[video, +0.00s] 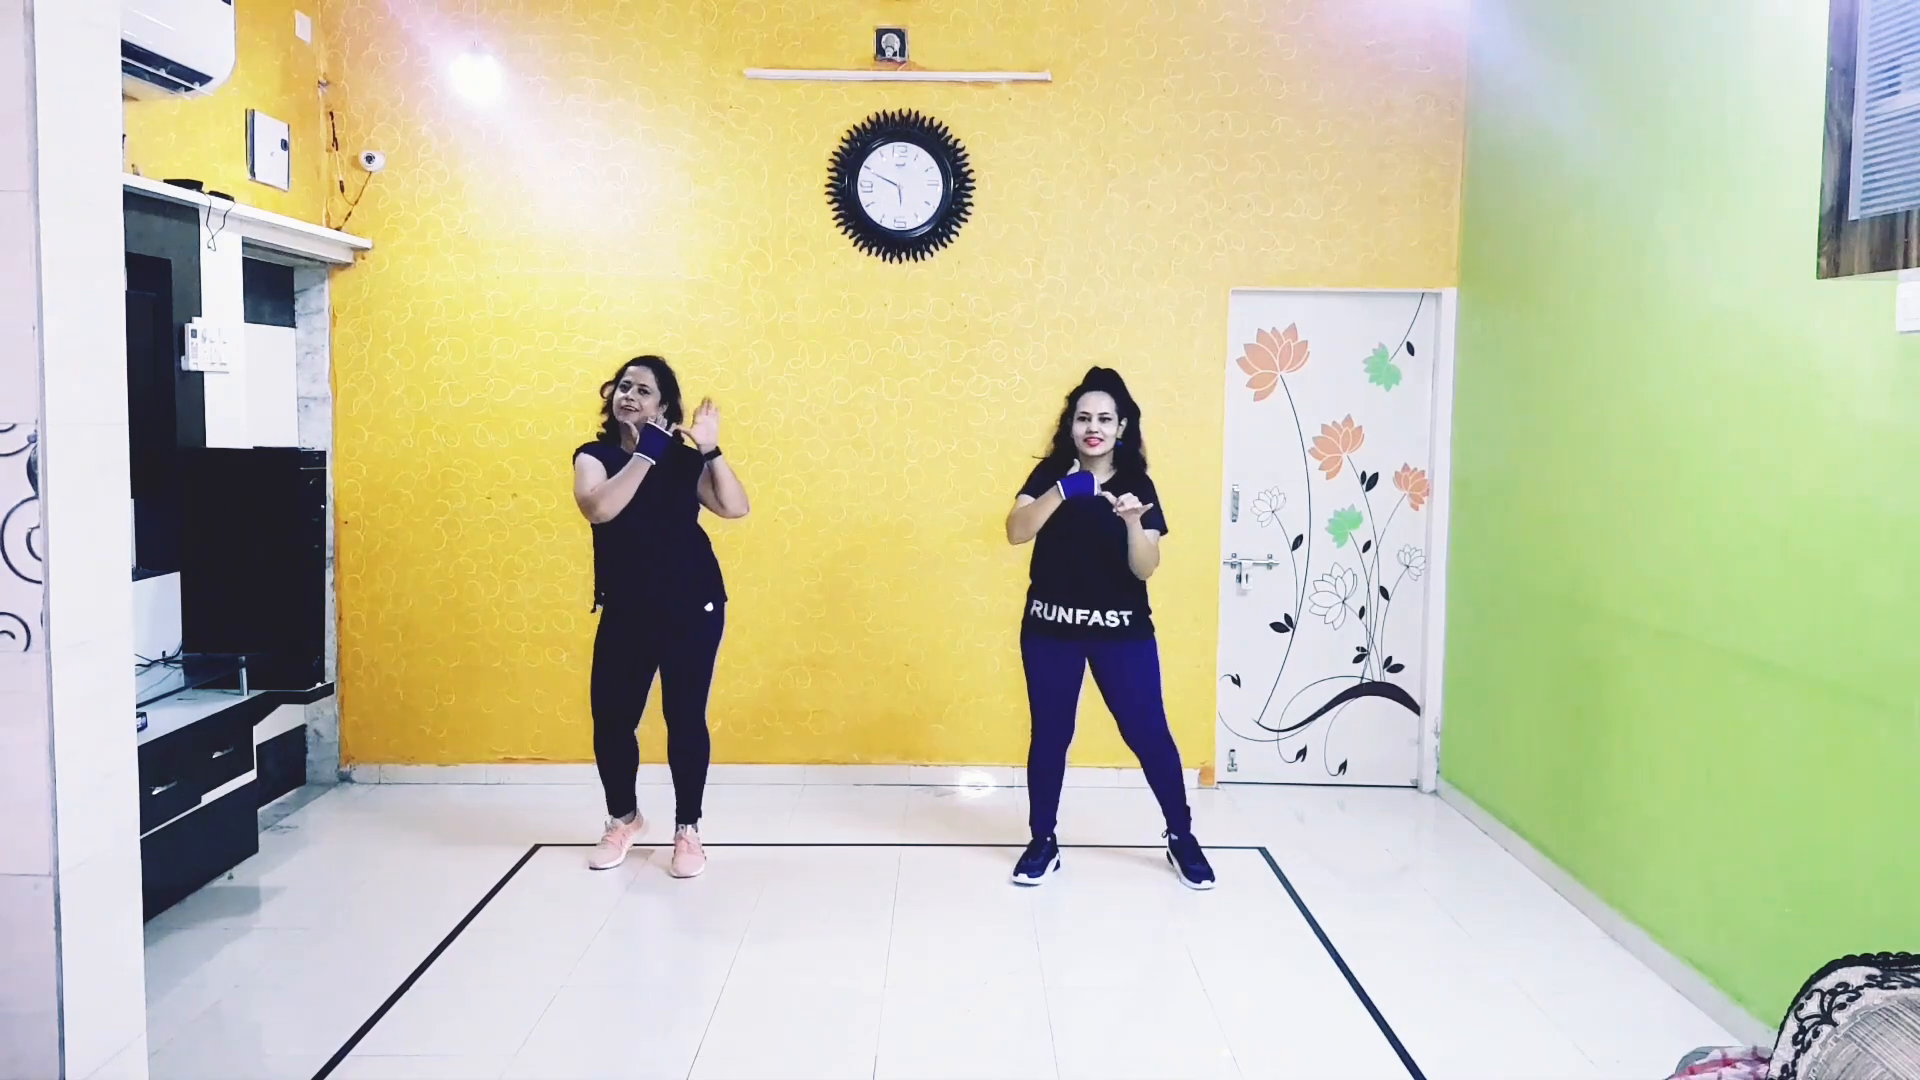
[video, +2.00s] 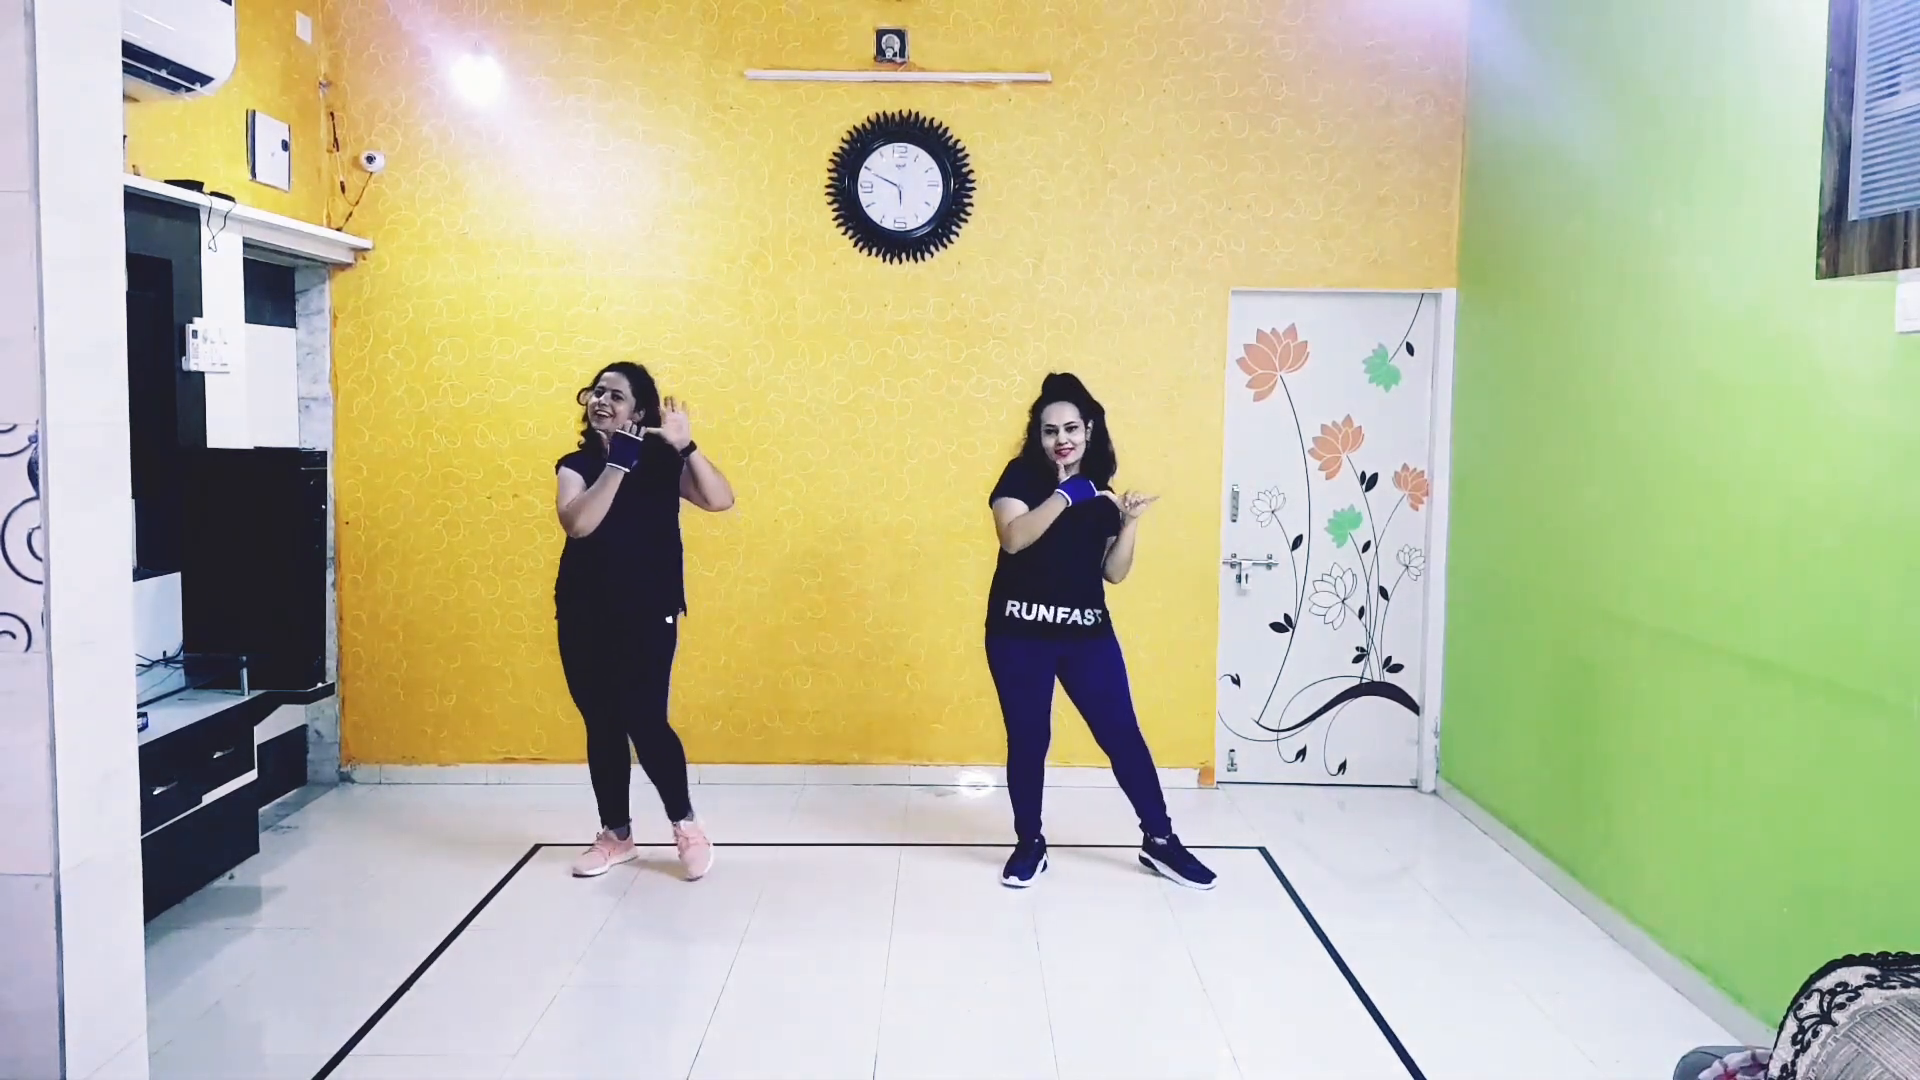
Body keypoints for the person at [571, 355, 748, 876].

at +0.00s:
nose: (629, 394)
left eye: (642, 390)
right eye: (624, 386)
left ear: (665, 405)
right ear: (610, 396)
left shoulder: (683, 456)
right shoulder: (594, 455)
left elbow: (735, 507)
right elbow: (598, 509)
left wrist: (712, 450)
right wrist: (645, 452)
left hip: (692, 605)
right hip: (626, 606)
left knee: (686, 716)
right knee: (611, 720)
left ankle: (687, 829)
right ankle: (624, 819)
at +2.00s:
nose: (601, 401)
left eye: (615, 395)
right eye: (597, 393)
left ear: (642, 411)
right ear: (588, 404)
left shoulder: (663, 460)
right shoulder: (577, 463)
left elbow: (719, 501)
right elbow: (578, 523)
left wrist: (687, 448)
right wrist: (618, 461)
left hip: (650, 610)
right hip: (586, 612)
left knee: (646, 720)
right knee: (602, 725)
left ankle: (685, 825)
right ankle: (615, 834)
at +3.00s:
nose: (605, 404)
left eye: (619, 398)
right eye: (601, 397)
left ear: (644, 415)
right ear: (592, 409)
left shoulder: (672, 479)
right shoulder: (575, 471)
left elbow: (707, 535)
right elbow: (546, 529)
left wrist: (699, 581)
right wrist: (581, 459)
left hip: (634, 627)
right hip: (568, 622)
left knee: (630, 735)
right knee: (581, 733)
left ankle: (662, 831)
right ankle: (593, 841)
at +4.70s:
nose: (598, 395)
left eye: (612, 390)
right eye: (595, 387)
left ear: (637, 410)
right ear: (586, 398)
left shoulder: (663, 466)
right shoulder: (565, 464)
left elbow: (686, 537)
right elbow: (548, 522)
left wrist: (703, 600)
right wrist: (571, 447)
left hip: (651, 621)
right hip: (583, 621)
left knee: (672, 732)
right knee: (585, 736)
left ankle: (707, 841)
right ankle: (582, 847)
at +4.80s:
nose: (613, 398)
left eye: (628, 394)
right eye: (610, 388)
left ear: (649, 413)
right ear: (596, 398)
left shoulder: (674, 469)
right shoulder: (574, 465)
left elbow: (696, 539)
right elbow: (563, 523)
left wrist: (715, 603)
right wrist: (587, 450)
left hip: (671, 623)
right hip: (601, 624)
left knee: (688, 733)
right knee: (595, 738)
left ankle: (714, 845)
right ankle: (581, 848)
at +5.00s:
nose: (648, 406)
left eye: (662, 402)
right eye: (642, 397)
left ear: (680, 420)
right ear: (627, 406)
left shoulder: (702, 475)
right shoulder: (605, 472)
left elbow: (726, 543)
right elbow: (601, 534)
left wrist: (752, 602)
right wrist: (622, 464)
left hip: (705, 629)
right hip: (639, 631)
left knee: (708, 737)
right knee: (625, 743)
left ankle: (714, 844)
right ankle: (617, 847)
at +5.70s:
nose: (614, 410)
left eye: (629, 405)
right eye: (608, 401)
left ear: (649, 422)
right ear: (595, 412)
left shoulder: (673, 482)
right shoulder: (571, 481)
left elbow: (690, 550)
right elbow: (541, 532)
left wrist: (700, 539)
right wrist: (534, 539)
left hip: (632, 633)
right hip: (566, 629)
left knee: (637, 737)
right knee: (573, 736)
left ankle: (687, 841)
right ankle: (574, 842)